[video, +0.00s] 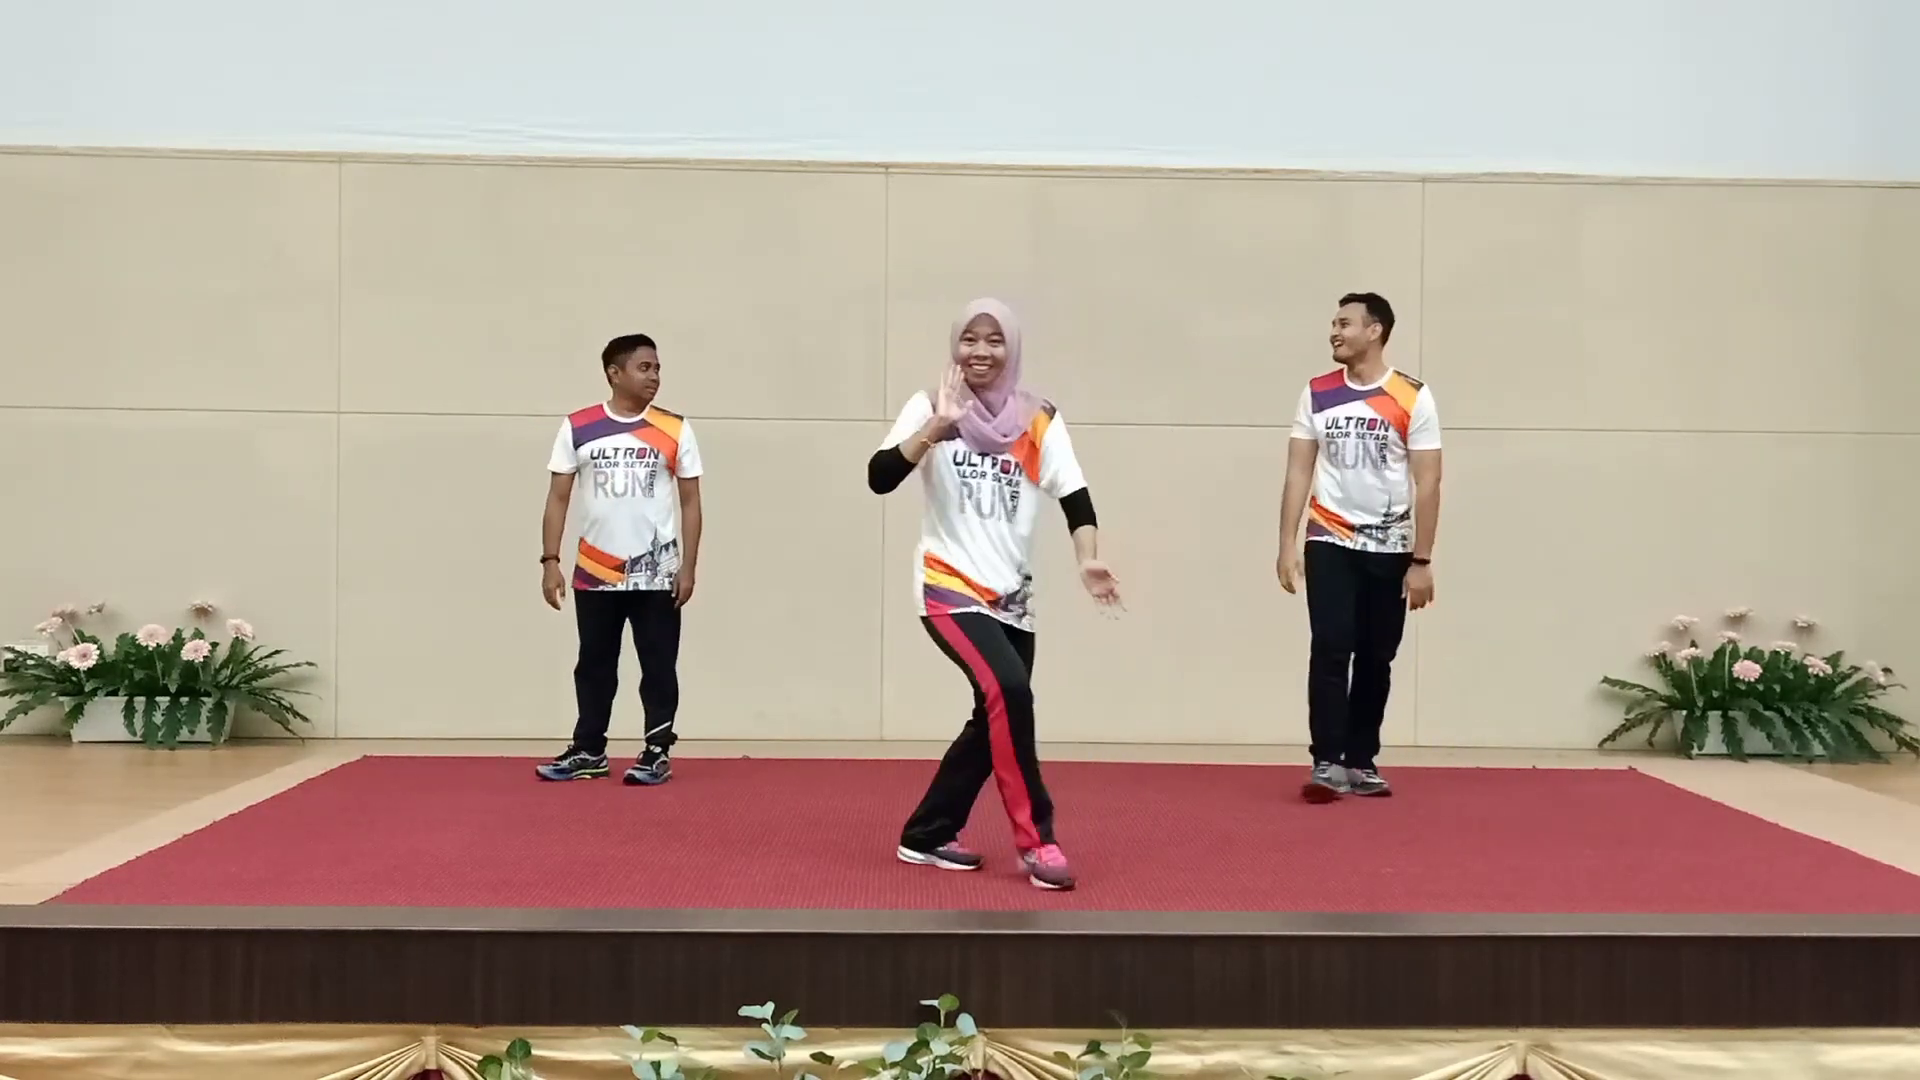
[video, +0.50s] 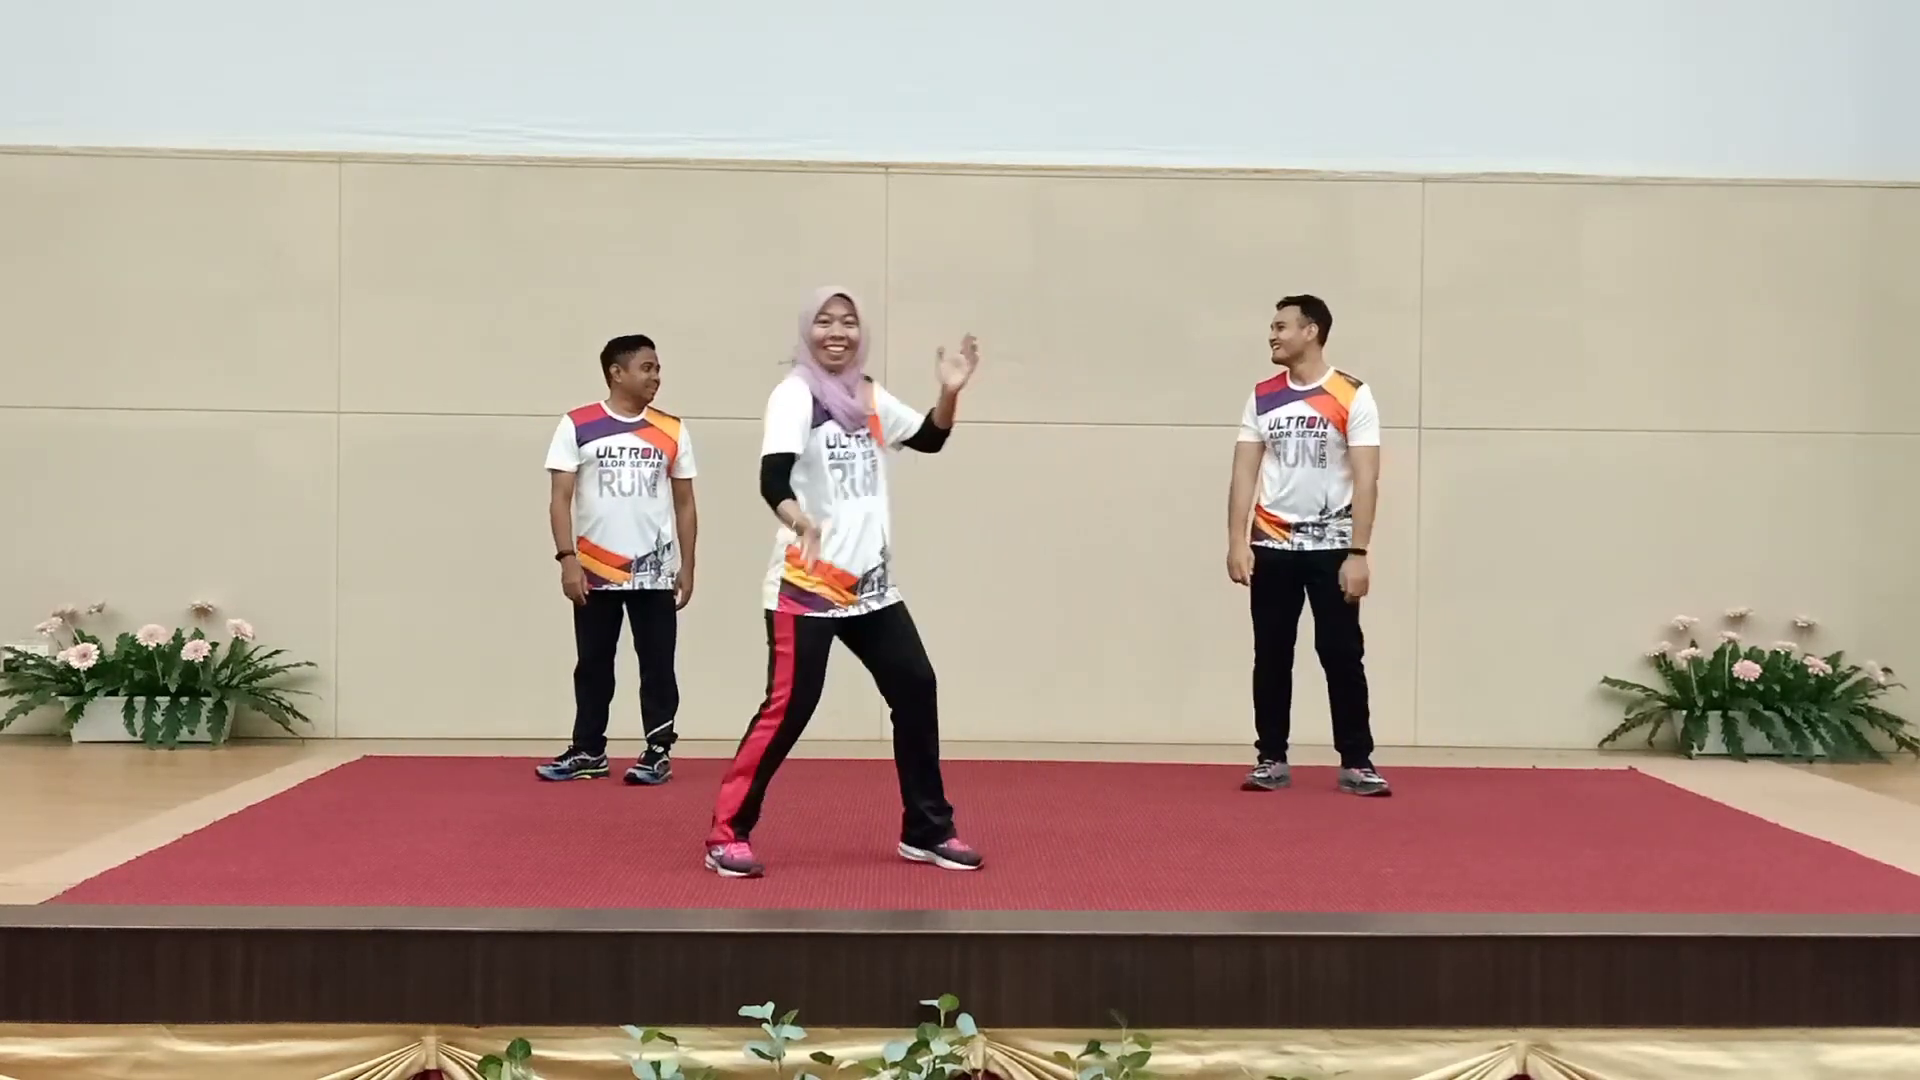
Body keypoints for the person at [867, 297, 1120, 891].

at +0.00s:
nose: (980, 350)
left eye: (992, 340)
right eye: (970, 340)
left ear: (1012, 350)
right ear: (956, 348)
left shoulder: (1039, 419)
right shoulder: (930, 408)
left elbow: (1073, 493)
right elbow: (879, 478)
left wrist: (1088, 558)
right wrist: (934, 427)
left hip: (1011, 597)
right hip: (948, 588)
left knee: (995, 719)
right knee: (1008, 689)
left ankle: (924, 836)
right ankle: (1036, 842)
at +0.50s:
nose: (837, 330)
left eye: (847, 321)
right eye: (824, 321)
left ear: (861, 333)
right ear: (806, 332)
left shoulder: (871, 396)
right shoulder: (794, 394)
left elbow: (930, 439)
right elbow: (773, 479)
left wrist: (949, 392)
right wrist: (799, 520)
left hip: (868, 584)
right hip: (803, 586)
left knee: (915, 688)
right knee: (790, 704)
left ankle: (926, 831)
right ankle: (727, 833)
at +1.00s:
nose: (766, 361)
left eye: (771, 351)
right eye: (756, 350)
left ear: (770, 357)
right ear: (721, 352)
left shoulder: (757, 421)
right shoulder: (700, 424)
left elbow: (814, 483)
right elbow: (697, 521)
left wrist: (803, 418)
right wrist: (735, 593)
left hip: (809, 583)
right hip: (755, 590)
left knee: (890, 671)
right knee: (776, 709)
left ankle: (929, 821)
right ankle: (725, 838)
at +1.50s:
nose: (766, 321)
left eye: (777, 308)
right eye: (760, 312)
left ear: (813, 312)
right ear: (757, 322)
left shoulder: (861, 388)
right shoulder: (746, 389)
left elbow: (919, 449)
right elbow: (714, 475)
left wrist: (974, 448)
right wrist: (737, 465)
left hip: (849, 570)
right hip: (772, 572)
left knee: (895, 688)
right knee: (755, 702)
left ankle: (928, 829)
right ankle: (725, 834)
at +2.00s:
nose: (870, 329)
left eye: (879, 318)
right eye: (872, 318)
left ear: (910, 321)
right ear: (899, 322)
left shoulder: (967, 394)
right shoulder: (871, 387)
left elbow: (986, 489)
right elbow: (865, 480)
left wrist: (976, 575)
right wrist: (837, 452)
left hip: (944, 575)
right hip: (872, 570)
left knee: (931, 704)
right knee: (837, 682)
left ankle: (931, 843)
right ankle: (850, 822)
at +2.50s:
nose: (928, 348)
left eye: (933, 337)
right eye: (928, 337)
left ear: (956, 336)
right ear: (975, 333)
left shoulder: (997, 406)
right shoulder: (957, 403)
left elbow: (1017, 500)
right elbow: (945, 502)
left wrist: (1012, 589)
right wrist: (923, 578)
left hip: (993, 585)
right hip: (971, 584)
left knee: (954, 703)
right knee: (1000, 711)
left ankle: (933, 842)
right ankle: (1032, 837)